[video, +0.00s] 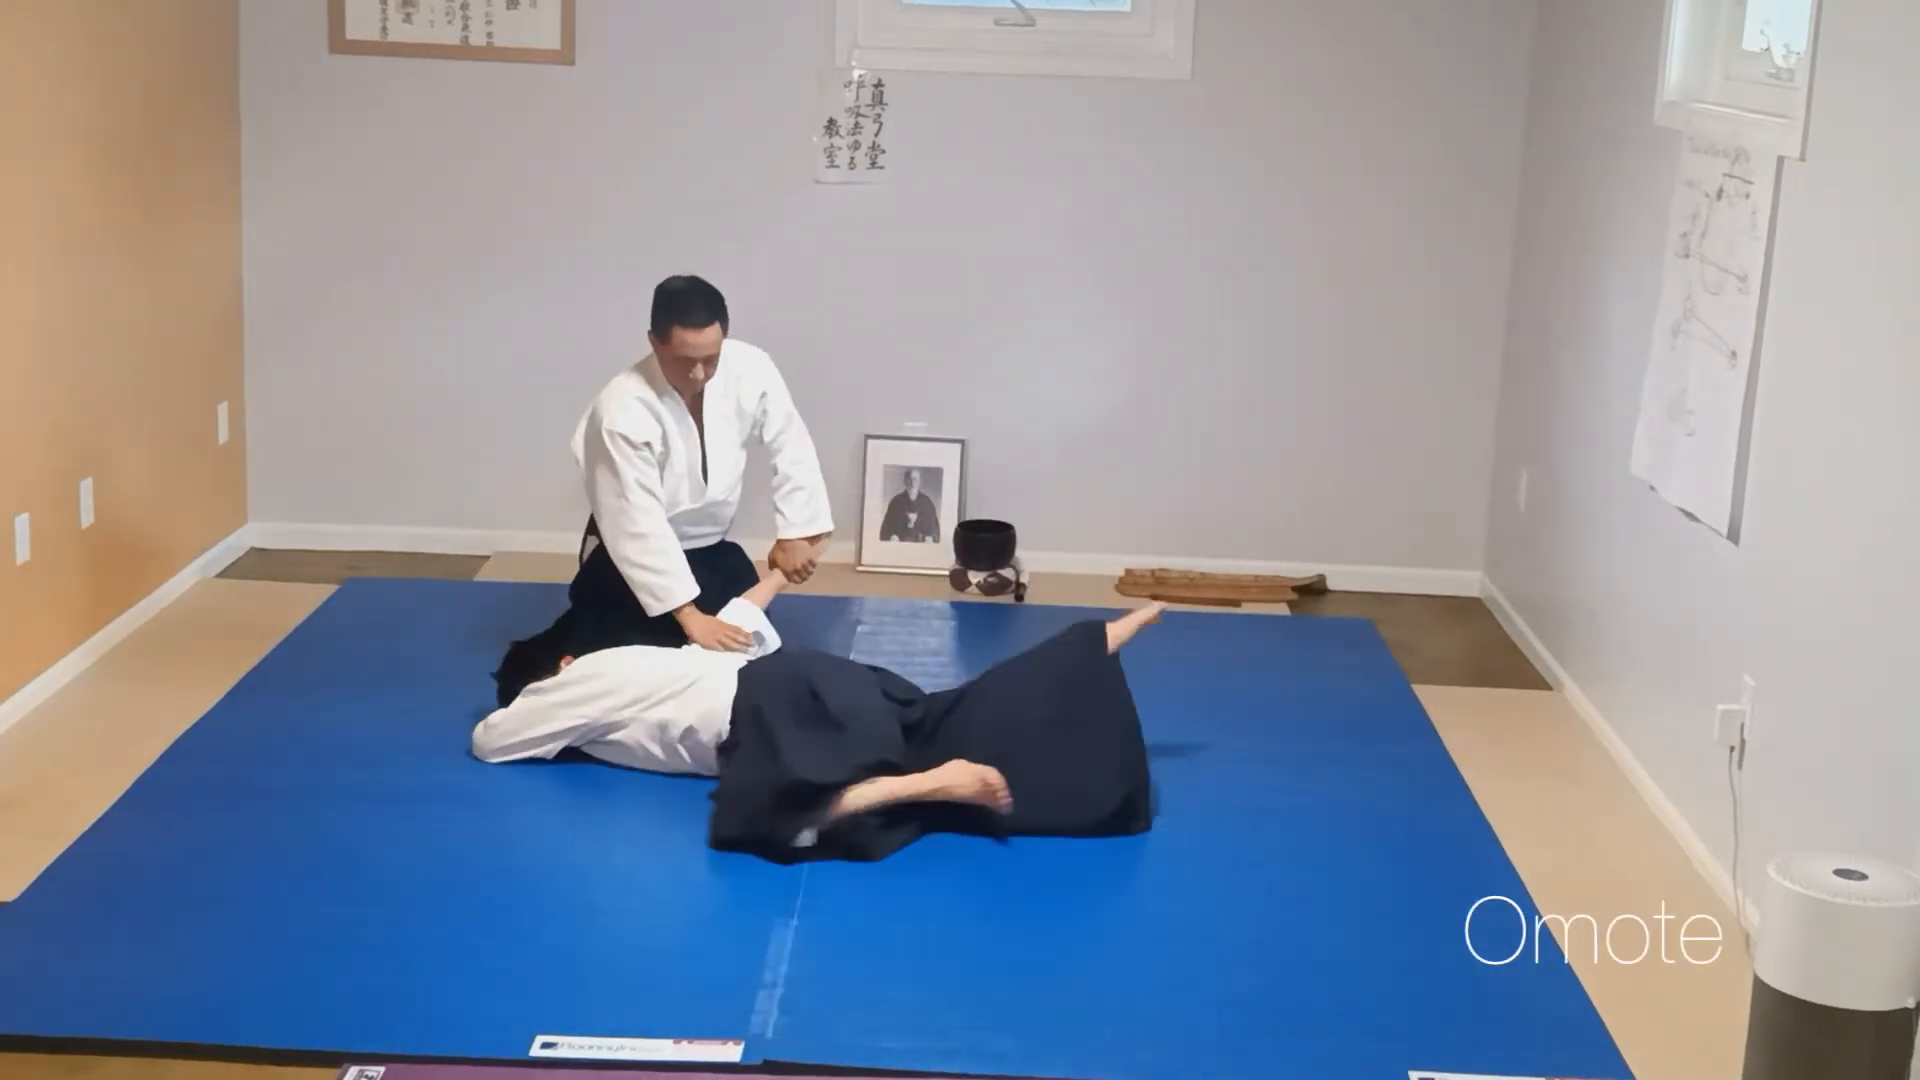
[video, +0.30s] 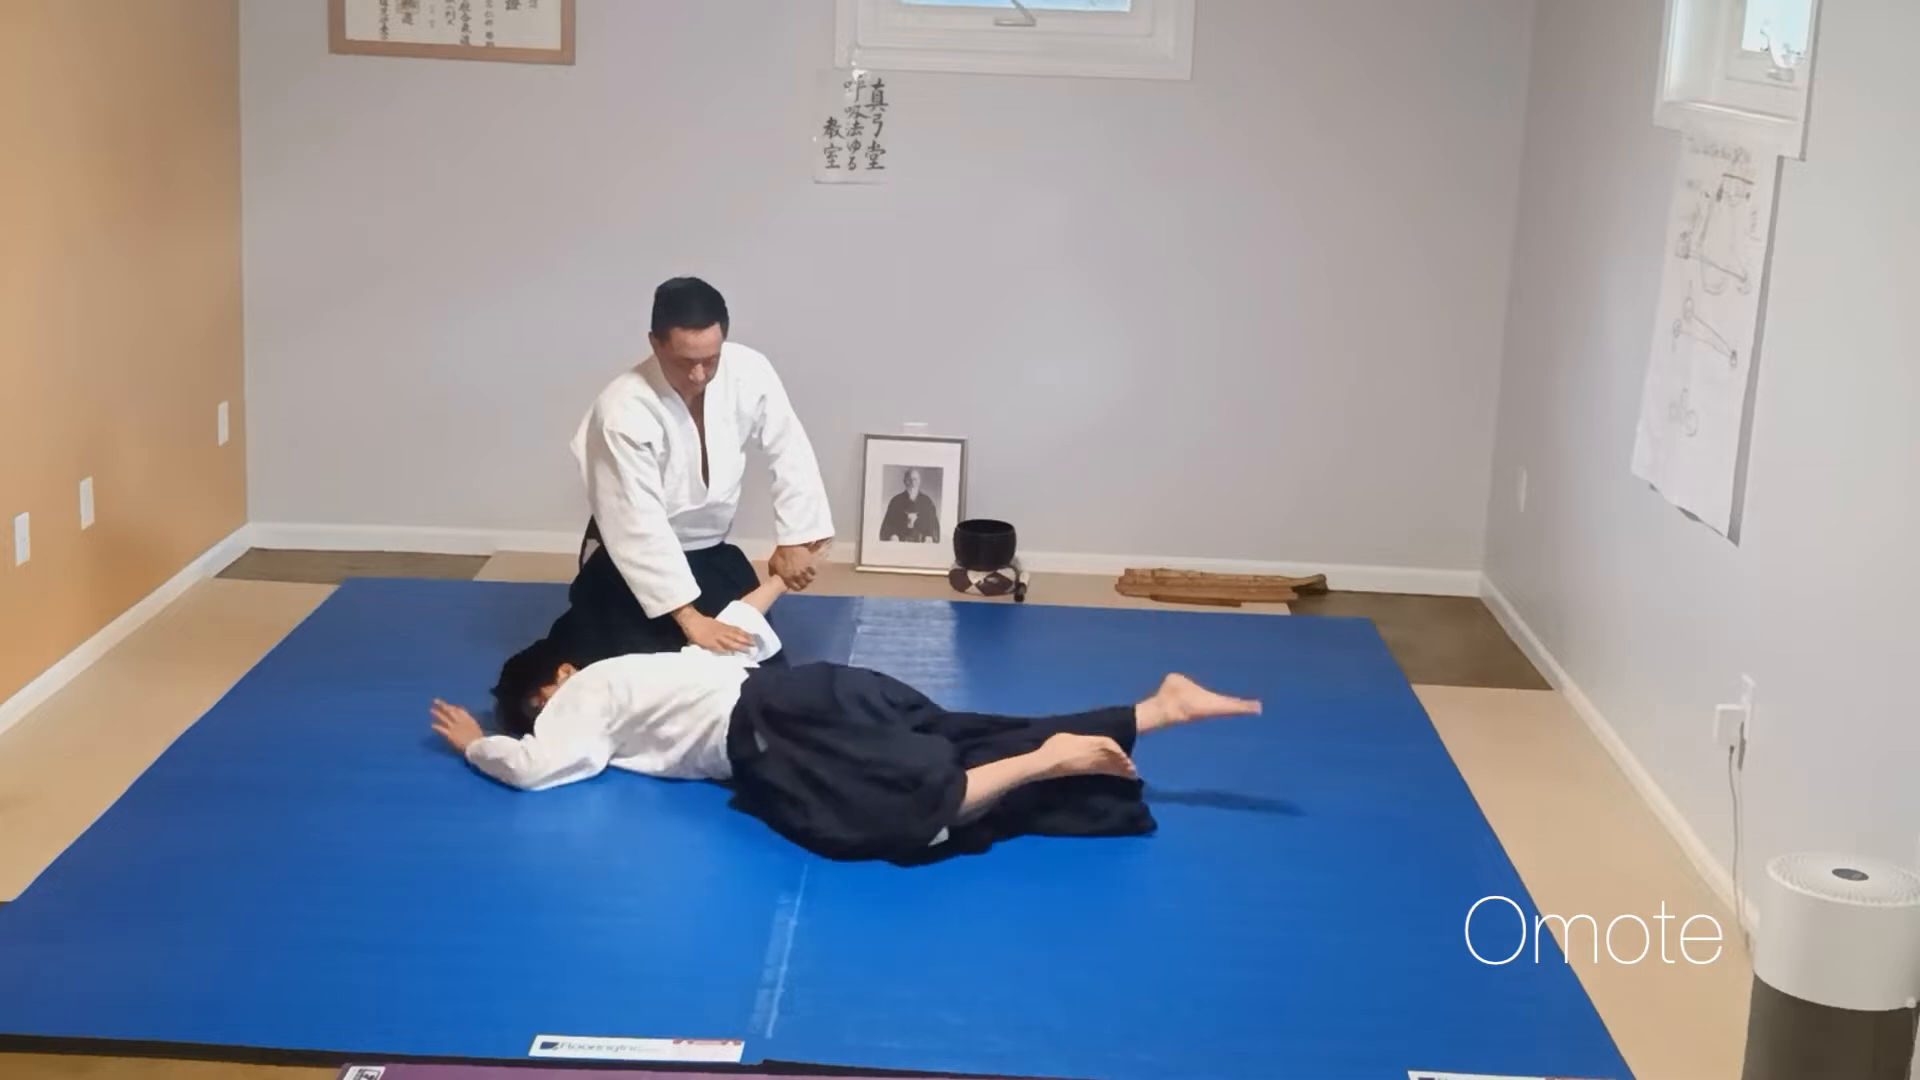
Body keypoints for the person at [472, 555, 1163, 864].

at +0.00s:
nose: (541, 708)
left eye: (536, 698)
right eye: (538, 698)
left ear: (553, 674)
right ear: (580, 653)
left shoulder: (585, 684)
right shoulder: (653, 666)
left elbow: (491, 741)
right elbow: (728, 632)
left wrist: (549, 709)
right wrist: (766, 587)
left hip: (768, 708)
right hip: (808, 673)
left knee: (779, 815)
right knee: (942, 727)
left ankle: (934, 783)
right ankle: (1096, 640)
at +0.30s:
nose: (541, 724)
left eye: (536, 711)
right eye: (537, 714)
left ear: (559, 681)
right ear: (571, 664)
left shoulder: (590, 690)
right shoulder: (648, 667)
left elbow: (540, 765)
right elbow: (732, 654)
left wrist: (473, 746)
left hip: (777, 722)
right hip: (810, 682)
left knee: (914, 817)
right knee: (971, 745)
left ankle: (1048, 760)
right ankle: (1159, 709)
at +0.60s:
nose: (544, 727)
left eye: (536, 714)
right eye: (538, 718)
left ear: (561, 684)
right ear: (579, 667)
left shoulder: (589, 698)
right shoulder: (661, 667)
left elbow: (571, 774)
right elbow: (737, 650)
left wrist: (487, 761)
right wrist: (759, 602)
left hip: (772, 726)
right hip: (810, 682)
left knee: (899, 817)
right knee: (965, 748)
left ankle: (1072, 814)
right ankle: (1165, 793)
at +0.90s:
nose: (542, 730)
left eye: (535, 714)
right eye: (538, 716)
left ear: (557, 687)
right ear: (579, 673)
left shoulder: (588, 699)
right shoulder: (674, 651)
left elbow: (564, 779)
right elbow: (750, 622)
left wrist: (482, 758)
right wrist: (769, 585)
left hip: (770, 729)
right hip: (823, 683)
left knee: (883, 809)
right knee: (975, 746)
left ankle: (1038, 861)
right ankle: (1171, 795)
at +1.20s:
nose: (548, 720)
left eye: (539, 709)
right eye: (545, 710)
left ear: (559, 687)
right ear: (577, 667)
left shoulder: (584, 702)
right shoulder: (661, 662)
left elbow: (569, 771)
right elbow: (727, 627)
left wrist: (484, 759)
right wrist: (762, 550)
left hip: (766, 728)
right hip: (815, 682)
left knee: (881, 806)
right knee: (968, 748)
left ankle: (1008, 881)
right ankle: (1165, 797)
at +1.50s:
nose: (534, 726)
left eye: (527, 712)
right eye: (530, 712)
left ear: (547, 692)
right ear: (570, 668)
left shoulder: (575, 706)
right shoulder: (652, 653)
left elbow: (560, 778)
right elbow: (708, 623)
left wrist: (483, 759)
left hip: (754, 737)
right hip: (806, 687)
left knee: (885, 806)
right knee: (965, 745)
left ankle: (1035, 847)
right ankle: (1165, 795)